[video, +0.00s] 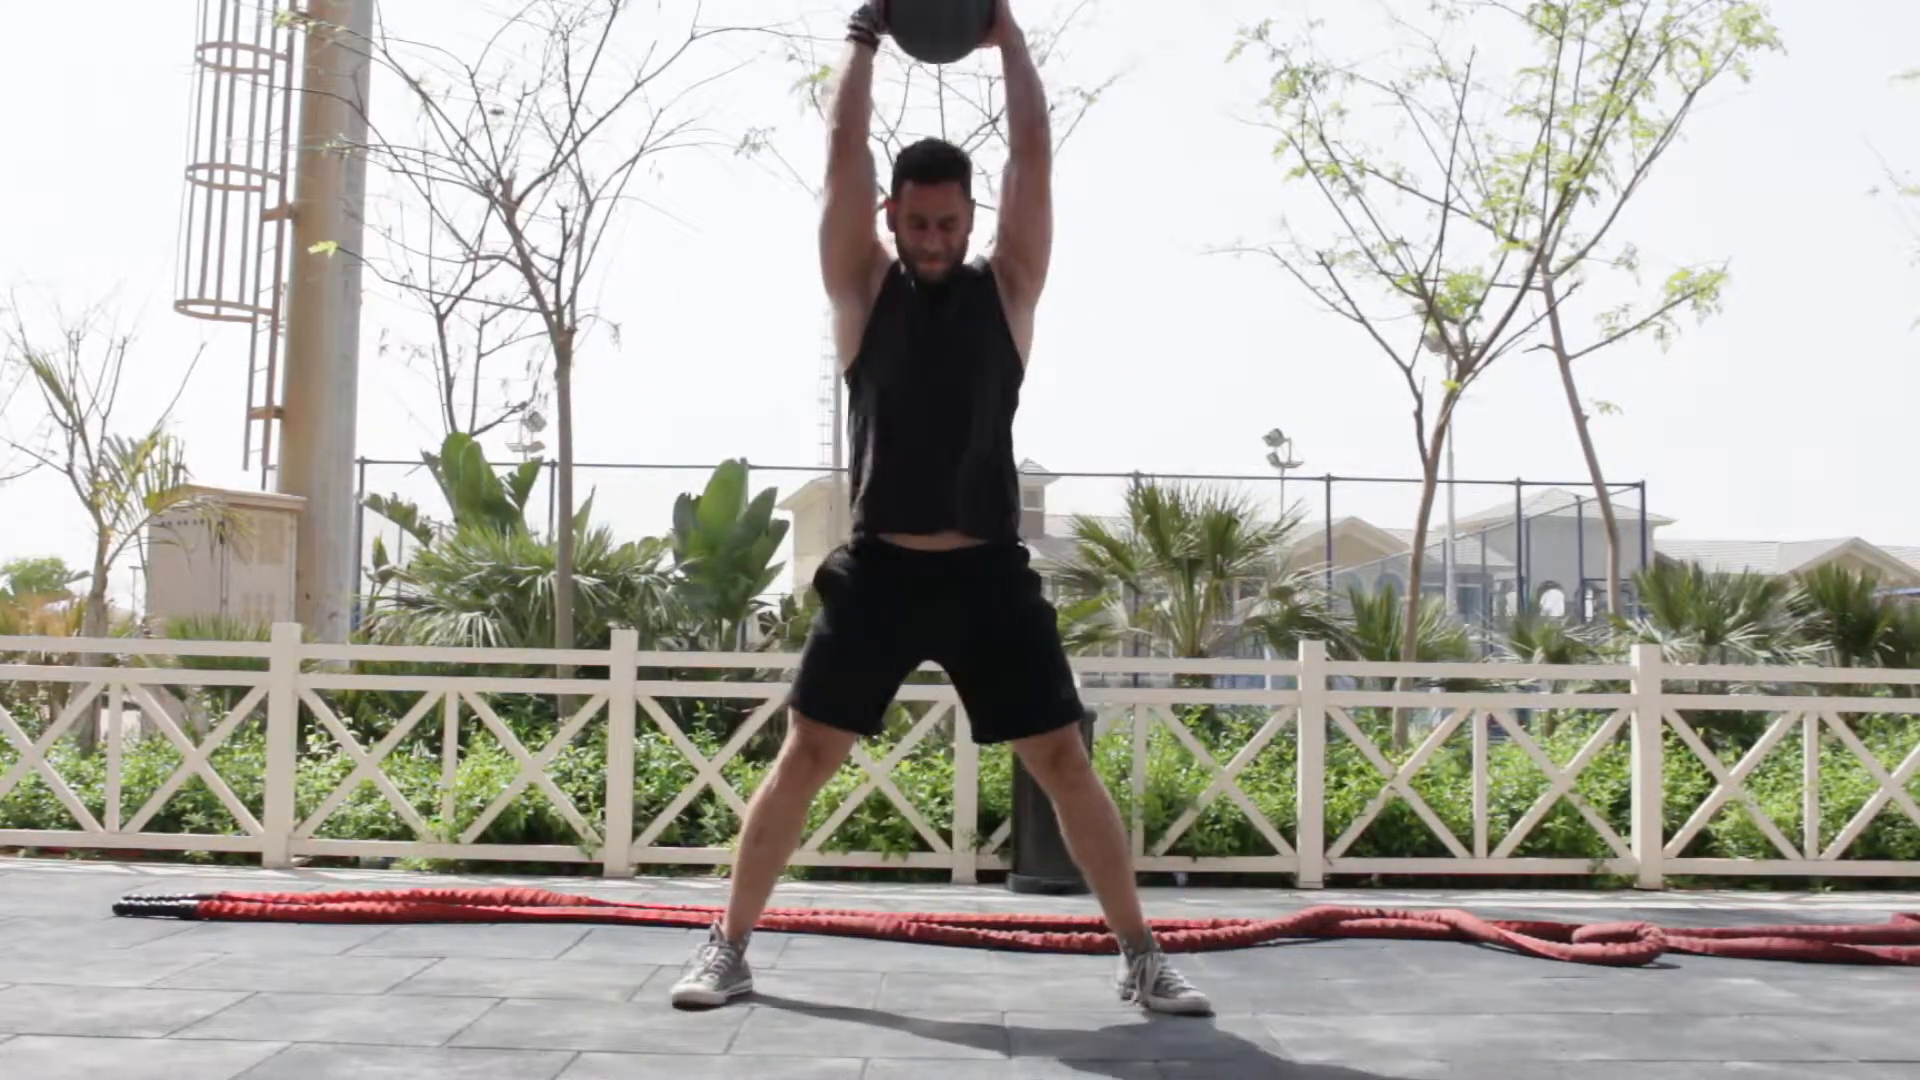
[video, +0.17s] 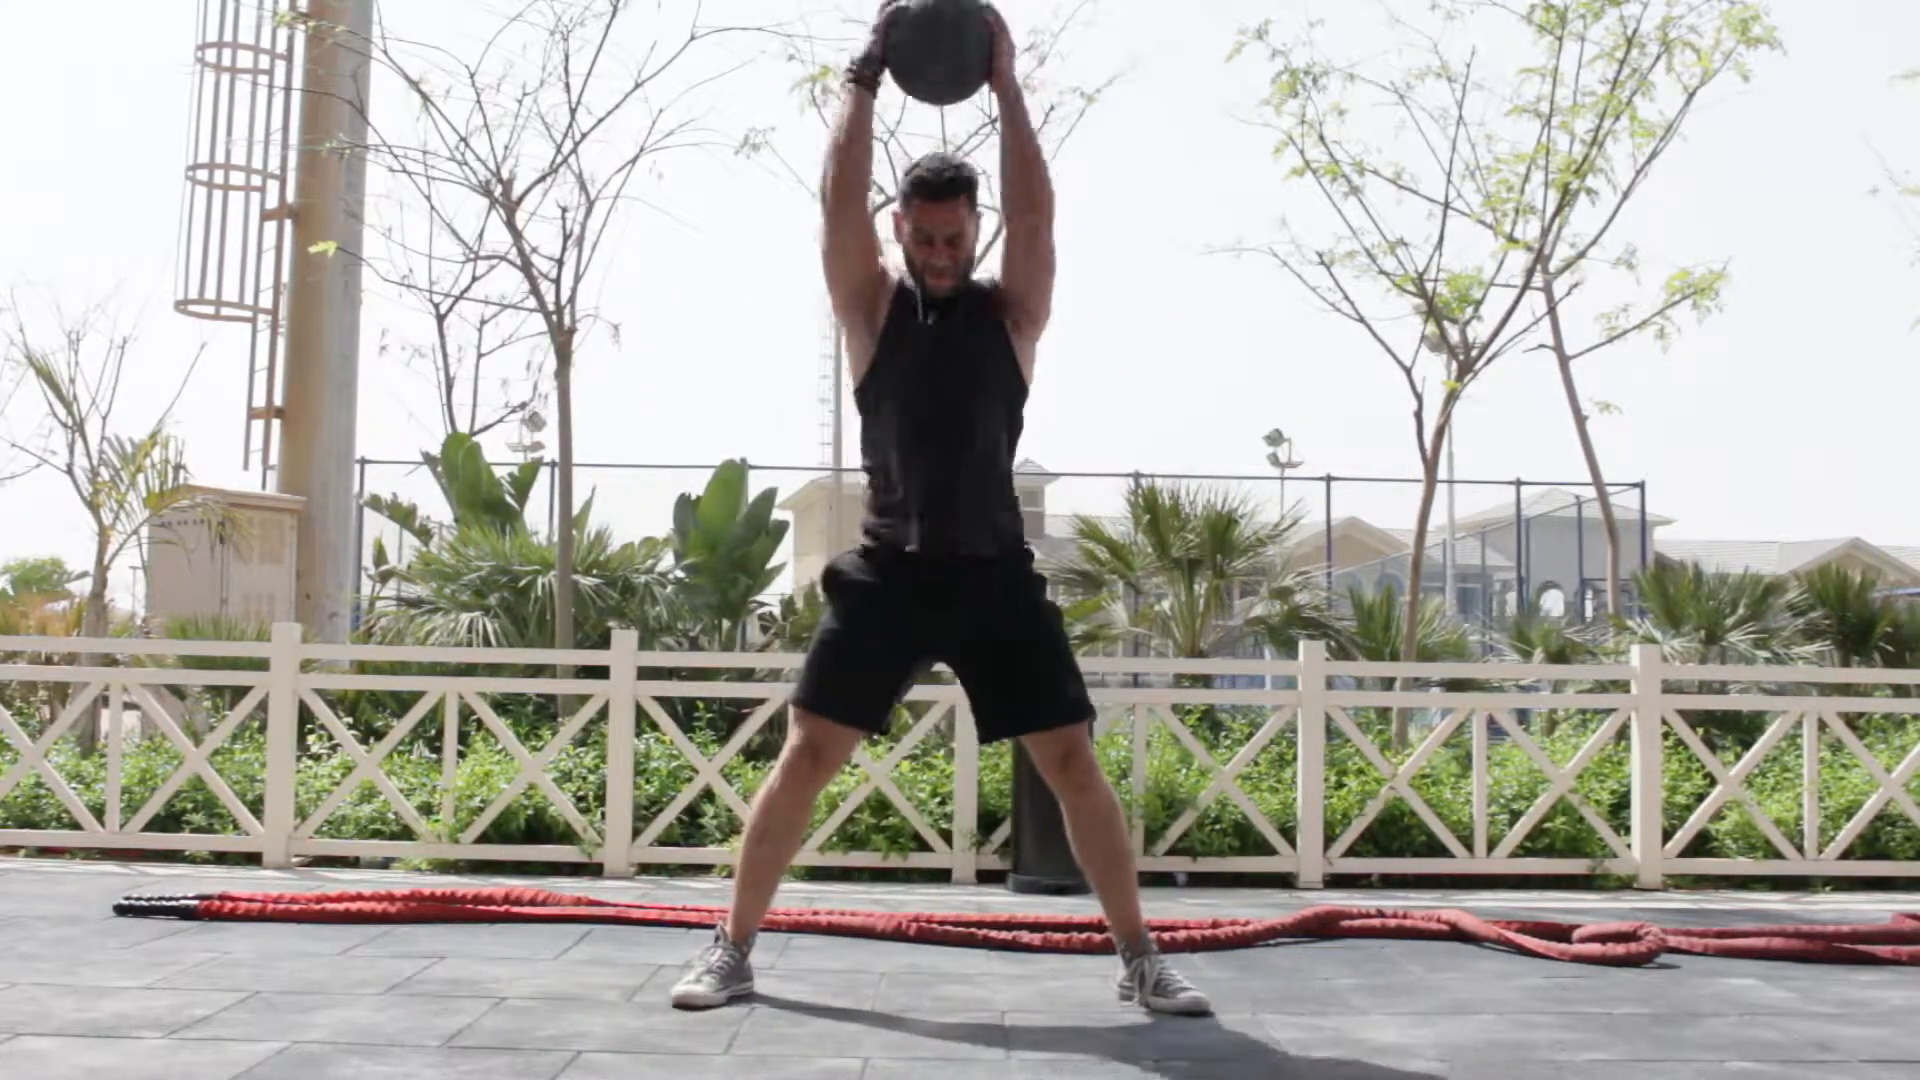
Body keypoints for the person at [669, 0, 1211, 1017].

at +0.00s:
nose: (934, 233)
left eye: (947, 218)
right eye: (918, 220)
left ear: (973, 219)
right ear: (890, 219)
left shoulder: (1007, 292)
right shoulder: (863, 292)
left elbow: (1033, 160)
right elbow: (845, 163)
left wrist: (1011, 37)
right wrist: (864, 39)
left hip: (990, 576)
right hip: (879, 575)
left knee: (1064, 764)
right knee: (804, 762)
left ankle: (1144, 961)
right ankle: (727, 954)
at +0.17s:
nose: (937, 246)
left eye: (951, 232)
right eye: (923, 233)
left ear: (978, 228)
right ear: (899, 231)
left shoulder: (1012, 314)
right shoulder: (872, 309)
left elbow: (1033, 206)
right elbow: (843, 196)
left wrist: (1007, 85)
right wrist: (864, 73)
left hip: (998, 581)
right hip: (888, 578)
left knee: (1073, 767)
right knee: (804, 761)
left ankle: (1141, 961)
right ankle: (732, 955)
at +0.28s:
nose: (941, 256)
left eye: (957, 239)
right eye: (924, 240)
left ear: (984, 243)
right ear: (896, 241)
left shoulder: (1013, 325)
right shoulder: (874, 315)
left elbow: (1040, 402)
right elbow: (825, 367)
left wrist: (1012, 270)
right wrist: (858, 260)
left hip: (999, 583)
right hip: (889, 579)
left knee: (1070, 757)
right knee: (811, 752)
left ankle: (1140, 961)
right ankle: (733, 950)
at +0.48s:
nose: (945, 278)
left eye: (960, 262)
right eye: (930, 262)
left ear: (984, 249)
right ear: (905, 246)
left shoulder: (1029, 348)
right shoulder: (856, 348)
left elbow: (1066, 467)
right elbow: (812, 460)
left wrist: (1095, 576)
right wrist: (802, 572)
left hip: (999, 592)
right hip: (883, 588)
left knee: (1067, 756)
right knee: (812, 754)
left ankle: (1138, 956)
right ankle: (731, 950)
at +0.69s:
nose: (933, 348)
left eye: (949, 330)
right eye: (918, 330)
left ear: (976, 307)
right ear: (891, 306)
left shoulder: (1026, 387)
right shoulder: (845, 388)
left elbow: (1067, 509)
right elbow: (802, 514)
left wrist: (1070, 635)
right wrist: (810, 641)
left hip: (999, 604)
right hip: (888, 602)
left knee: (1085, 750)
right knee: (797, 738)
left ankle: (1138, 959)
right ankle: (731, 947)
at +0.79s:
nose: (928, 454)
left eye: (944, 439)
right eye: (913, 437)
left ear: (971, 411)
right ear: (891, 408)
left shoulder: (1017, 476)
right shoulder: (846, 486)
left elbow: (1038, 626)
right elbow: (820, 630)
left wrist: (1023, 765)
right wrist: (835, 762)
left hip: (993, 645)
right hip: (884, 644)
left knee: (1097, 746)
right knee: (774, 745)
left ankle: (1137, 957)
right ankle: (729, 952)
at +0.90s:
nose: (929, 587)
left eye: (946, 571)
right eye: (914, 570)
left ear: (971, 540)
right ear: (887, 534)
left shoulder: (1015, 581)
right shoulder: (837, 586)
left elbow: (1013, 740)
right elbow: (833, 744)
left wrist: (993, 880)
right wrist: (841, 880)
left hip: (986, 699)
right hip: (874, 698)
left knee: (1103, 755)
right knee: (756, 754)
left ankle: (1138, 961)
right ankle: (727, 953)